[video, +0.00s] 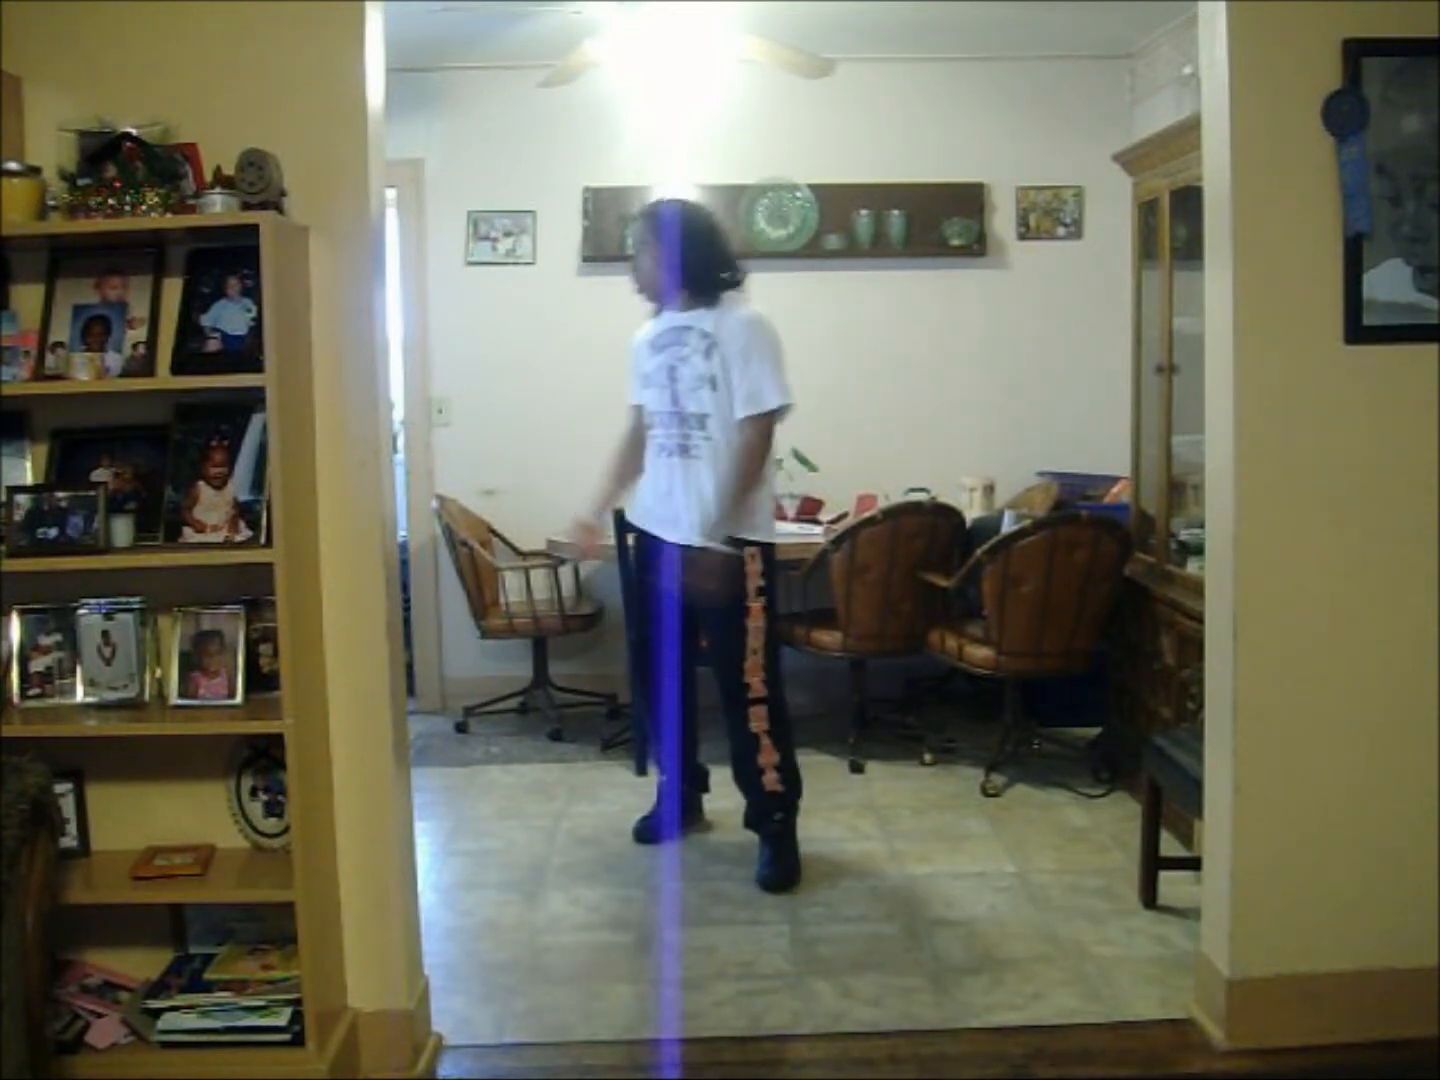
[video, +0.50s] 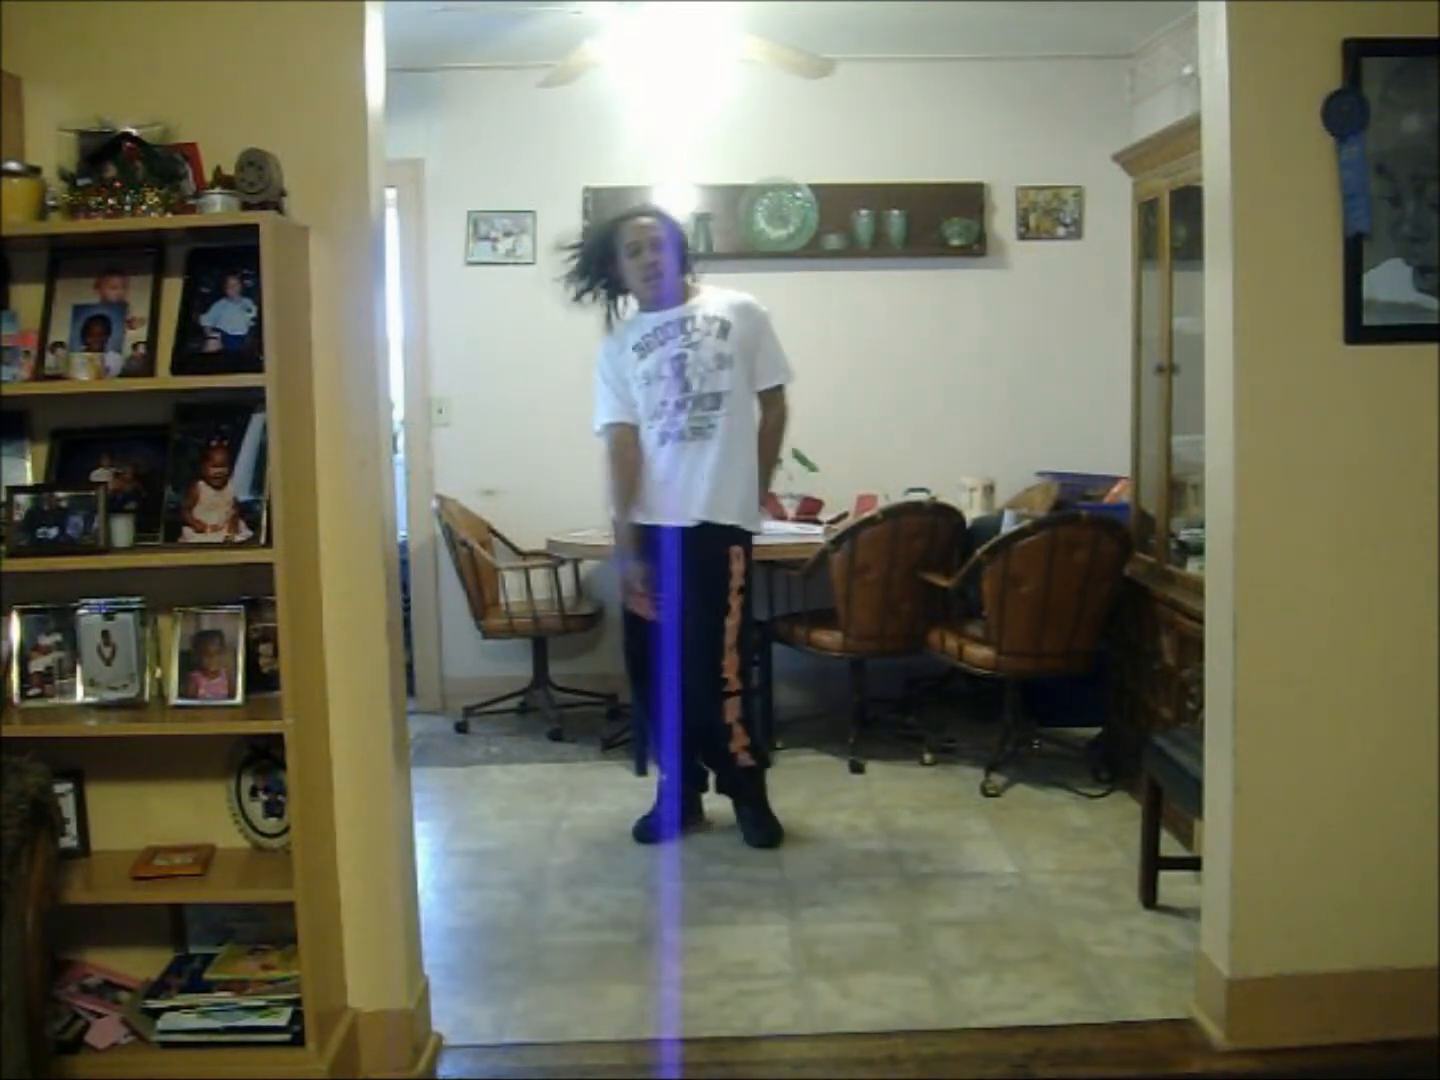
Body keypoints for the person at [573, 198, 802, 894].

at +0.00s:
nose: (634, 264)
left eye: (645, 250)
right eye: (635, 251)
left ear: (681, 254)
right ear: (656, 257)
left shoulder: (744, 330)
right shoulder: (649, 340)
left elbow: (757, 438)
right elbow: (639, 433)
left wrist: (723, 535)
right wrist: (597, 510)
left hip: (733, 537)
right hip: (656, 533)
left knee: (746, 683)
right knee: (661, 674)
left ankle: (775, 822)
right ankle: (679, 792)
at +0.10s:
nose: (614, 272)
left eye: (624, 258)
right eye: (612, 260)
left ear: (663, 256)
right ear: (633, 264)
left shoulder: (730, 323)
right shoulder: (633, 343)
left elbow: (765, 429)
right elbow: (615, 435)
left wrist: (779, 521)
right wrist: (579, 487)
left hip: (726, 531)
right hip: (648, 530)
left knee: (742, 676)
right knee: (658, 670)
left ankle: (773, 821)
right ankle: (678, 793)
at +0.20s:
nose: (614, 265)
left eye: (624, 251)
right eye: (609, 256)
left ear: (662, 251)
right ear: (616, 268)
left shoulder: (732, 323)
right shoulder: (629, 342)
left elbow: (772, 422)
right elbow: (606, 430)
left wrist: (797, 510)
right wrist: (572, 489)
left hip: (723, 530)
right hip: (645, 529)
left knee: (741, 675)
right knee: (657, 669)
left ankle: (772, 818)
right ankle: (678, 794)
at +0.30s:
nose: (633, 263)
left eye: (638, 248)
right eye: (618, 264)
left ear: (669, 246)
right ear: (614, 284)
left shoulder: (736, 313)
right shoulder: (624, 343)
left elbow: (783, 404)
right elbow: (599, 428)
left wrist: (793, 502)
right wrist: (576, 506)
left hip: (717, 522)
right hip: (642, 523)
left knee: (727, 670)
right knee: (655, 666)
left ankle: (764, 807)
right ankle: (677, 796)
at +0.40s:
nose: (640, 259)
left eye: (645, 244)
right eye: (623, 258)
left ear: (674, 248)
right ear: (613, 282)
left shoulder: (737, 313)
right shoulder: (620, 346)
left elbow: (784, 400)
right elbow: (604, 433)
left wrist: (779, 489)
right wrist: (588, 525)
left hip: (715, 519)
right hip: (641, 521)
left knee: (719, 667)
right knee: (654, 666)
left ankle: (758, 798)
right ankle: (678, 793)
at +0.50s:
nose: (651, 259)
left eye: (659, 246)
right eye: (636, 251)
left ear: (682, 253)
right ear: (617, 269)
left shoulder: (738, 315)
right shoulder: (618, 347)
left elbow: (774, 407)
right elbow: (622, 445)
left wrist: (756, 486)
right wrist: (626, 546)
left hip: (726, 511)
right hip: (654, 517)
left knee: (727, 659)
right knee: (663, 663)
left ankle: (749, 793)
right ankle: (679, 791)